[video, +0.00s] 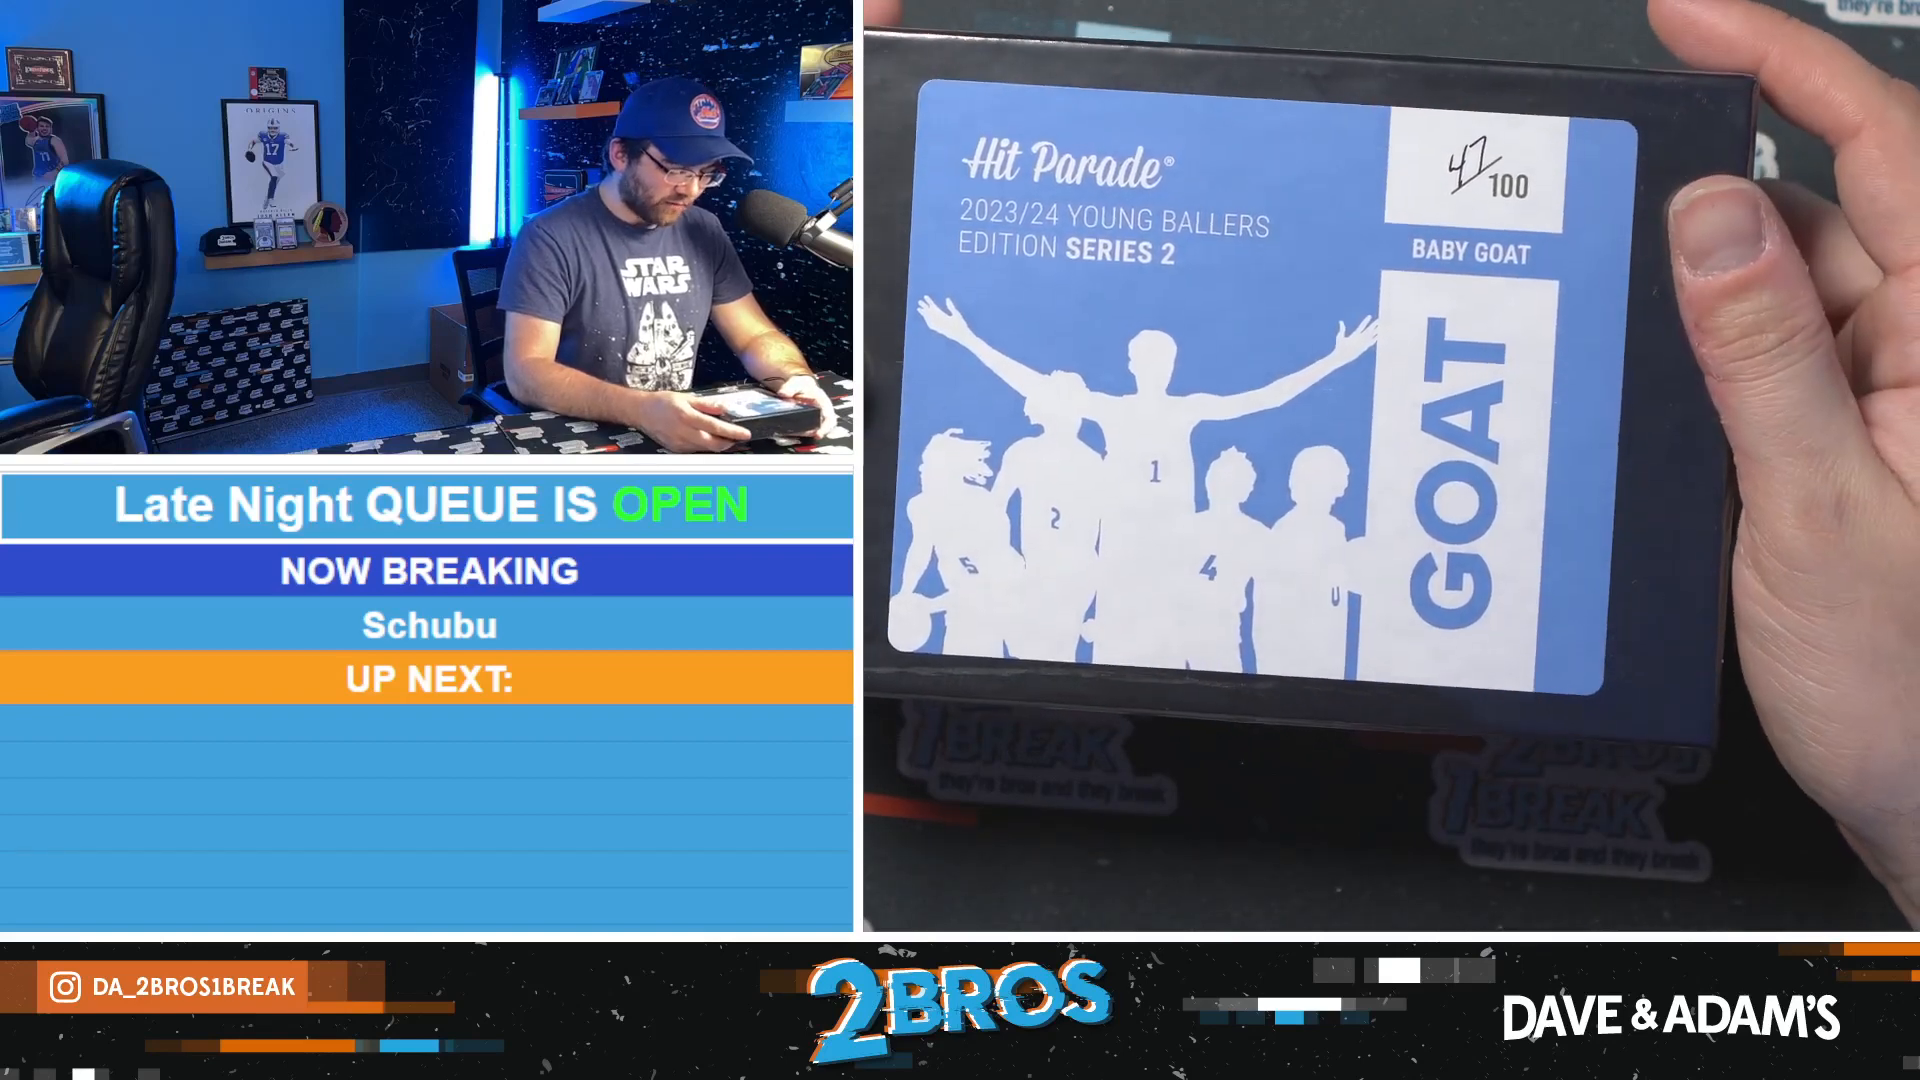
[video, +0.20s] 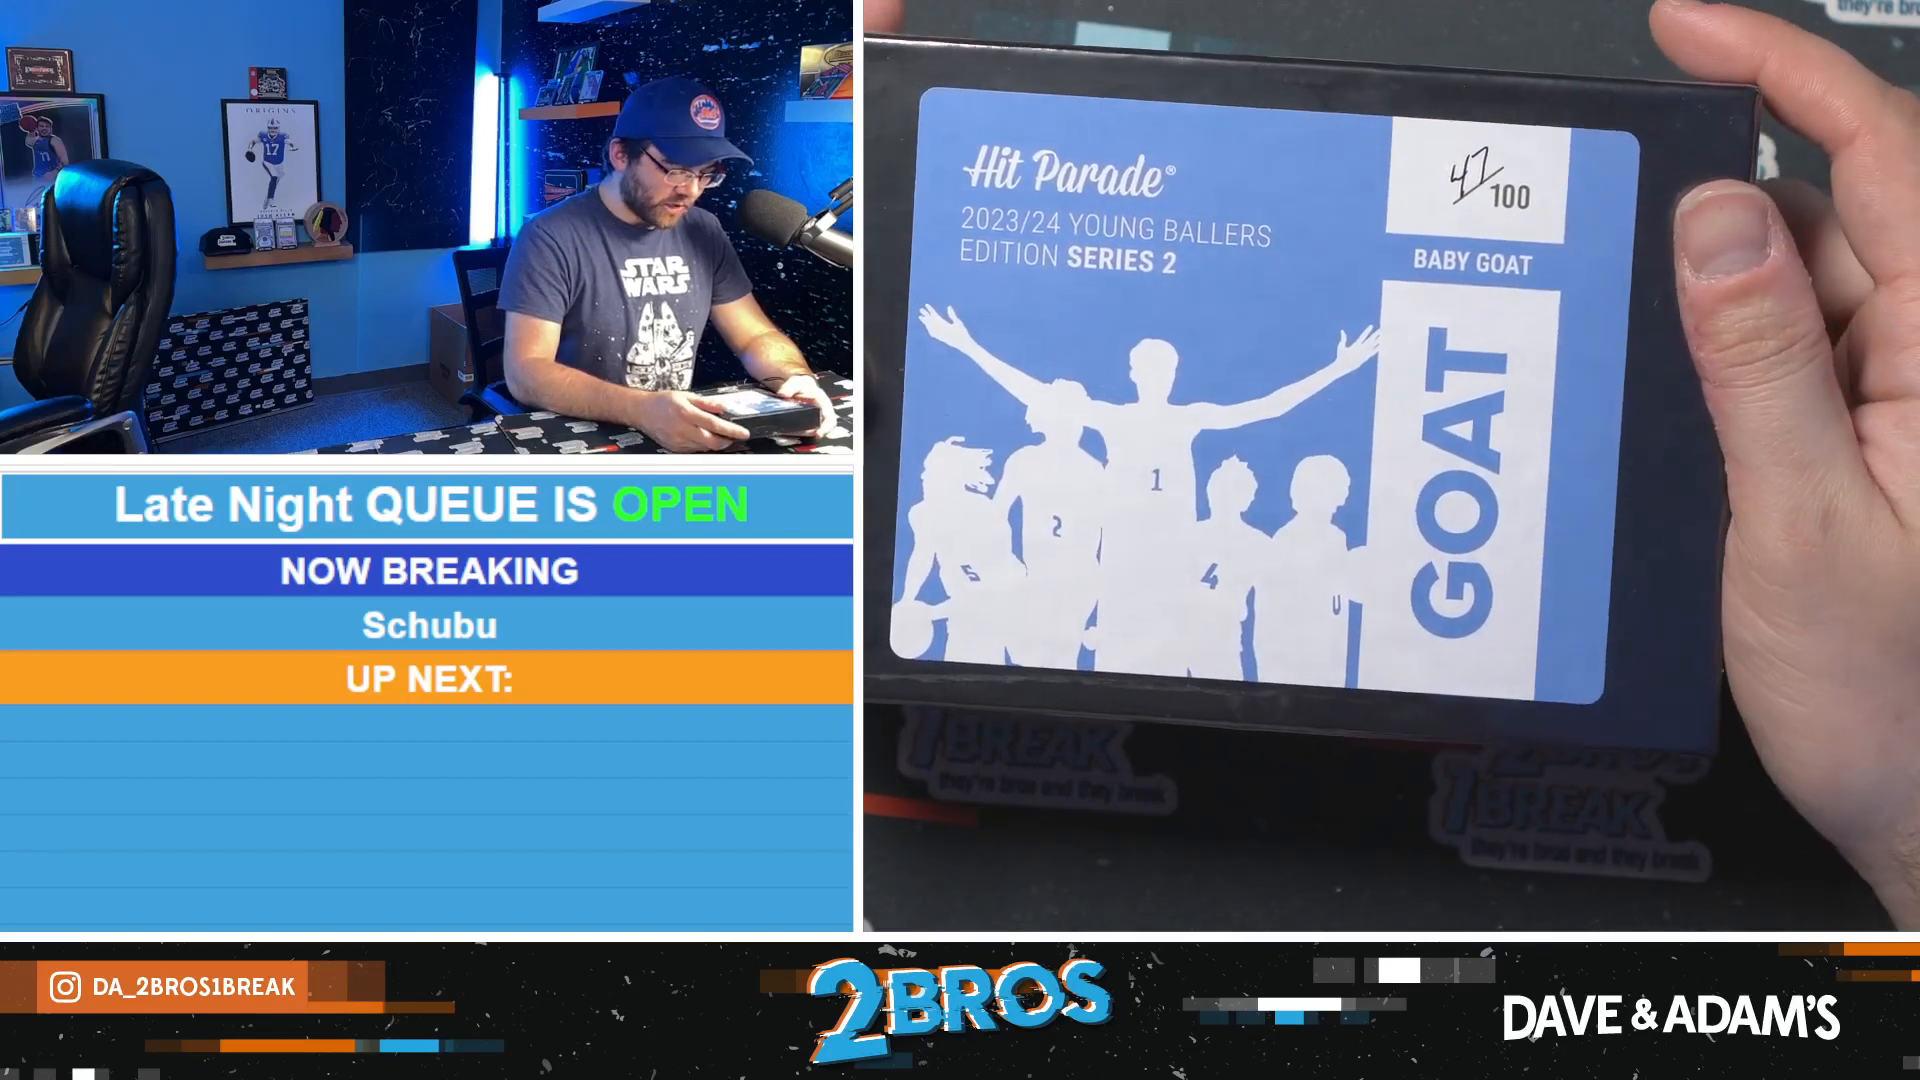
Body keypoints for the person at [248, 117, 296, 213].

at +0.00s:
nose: (273, 130)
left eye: (275, 128)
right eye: (271, 128)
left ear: (278, 128)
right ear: (268, 128)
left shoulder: (283, 136)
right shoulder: (263, 136)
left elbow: (290, 142)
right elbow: (253, 141)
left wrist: (292, 147)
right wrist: (250, 149)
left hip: (279, 164)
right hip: (267, 162)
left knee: (275, 182)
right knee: (274, 176)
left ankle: (267, 199)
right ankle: (270, 199)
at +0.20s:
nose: (273, 130)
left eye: (275, 128)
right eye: (271, 128)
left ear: (278, 128)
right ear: (268, 128)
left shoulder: (283, 136)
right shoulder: (263, 136)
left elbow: (290, 142)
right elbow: (253, 141)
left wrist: (292, 147)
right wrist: (250, 149)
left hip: (279, 164)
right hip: (267, 162)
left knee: (275, 182)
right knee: (274, 176)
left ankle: (267, 199)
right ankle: (270, 199)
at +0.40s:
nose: (273, 130)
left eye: (275, 128)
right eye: (271, 128)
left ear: (278, 128)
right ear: (268, 128)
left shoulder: (283, 136)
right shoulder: (263, 136)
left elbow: (290, 143)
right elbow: (253, 141)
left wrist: (292, 147)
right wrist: (250, 149)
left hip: (279, 164)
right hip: (267, 162)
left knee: (276, 182)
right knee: (274, 176)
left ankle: (267, 200)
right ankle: (270, 199)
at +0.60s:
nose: (273, 130)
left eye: (275, 128)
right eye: (271, 128)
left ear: (278, 128)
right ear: (268, 128)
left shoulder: (283, 136)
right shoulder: (263, 136)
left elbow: (290, 143)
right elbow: (253, 141)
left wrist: (292, 147)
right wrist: (250, 149)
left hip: (279, 164)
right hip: (267, 162)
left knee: (276, 182)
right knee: (274, 176)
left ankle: (267, 200)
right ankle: (270, 199)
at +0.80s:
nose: (273, 130)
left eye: (275, 128)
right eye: (271, 128)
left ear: (278, 128)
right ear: (268, 128)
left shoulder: (283, 136)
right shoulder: (263, 136)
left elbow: (290, 143)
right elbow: (253, 141)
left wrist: (292, 147)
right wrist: (250, 149)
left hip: (279, 164)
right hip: (267, 162)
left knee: (276, 182)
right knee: (274, 176)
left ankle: (267, 200)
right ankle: (270, 199)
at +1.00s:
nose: (273, 130)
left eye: (275, 128)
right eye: (271, 128)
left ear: (278, 128)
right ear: (268, 128)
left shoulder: (283, 136)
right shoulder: (263, 136)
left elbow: (290, 143)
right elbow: (253, 141)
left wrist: (292, 147)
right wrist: (250, 149)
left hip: (279, 164)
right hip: (267, 162)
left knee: (276, 182)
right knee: (274, 176)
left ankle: (267, 200)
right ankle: (270, 199)